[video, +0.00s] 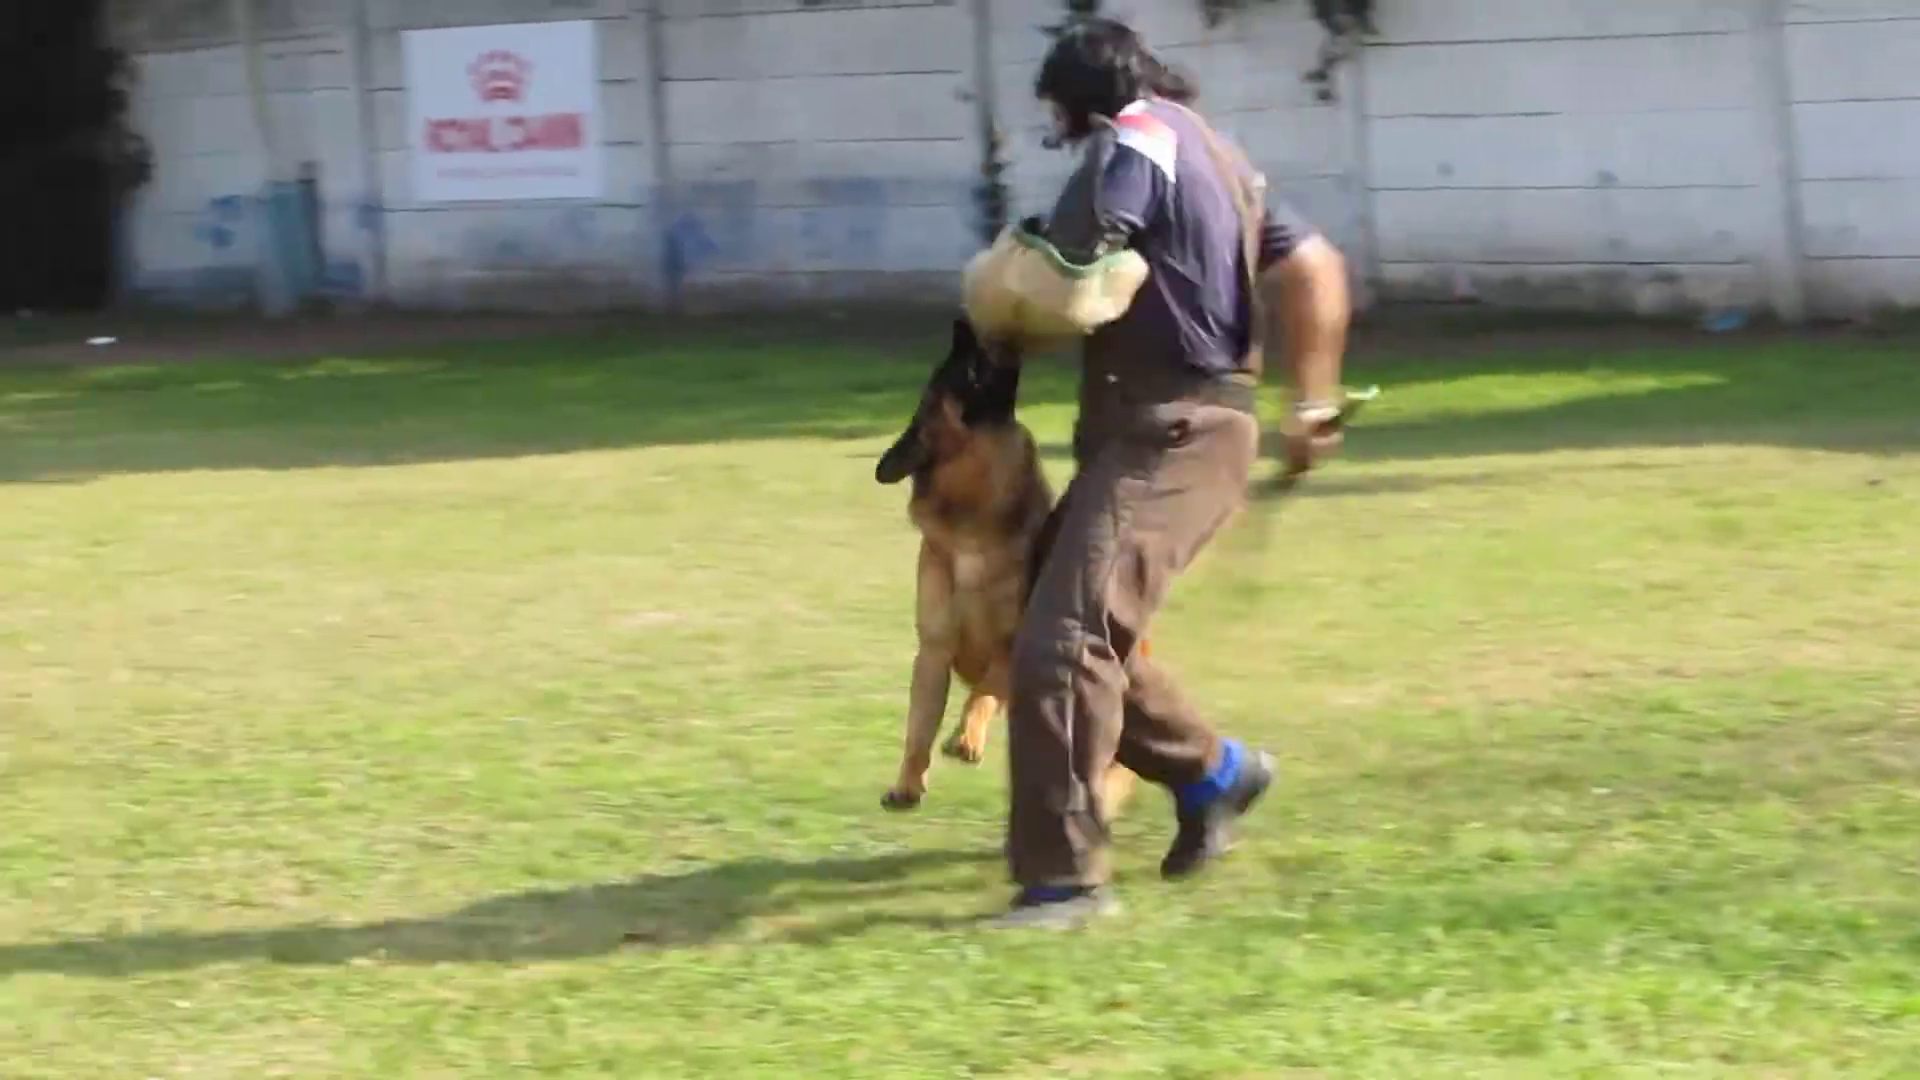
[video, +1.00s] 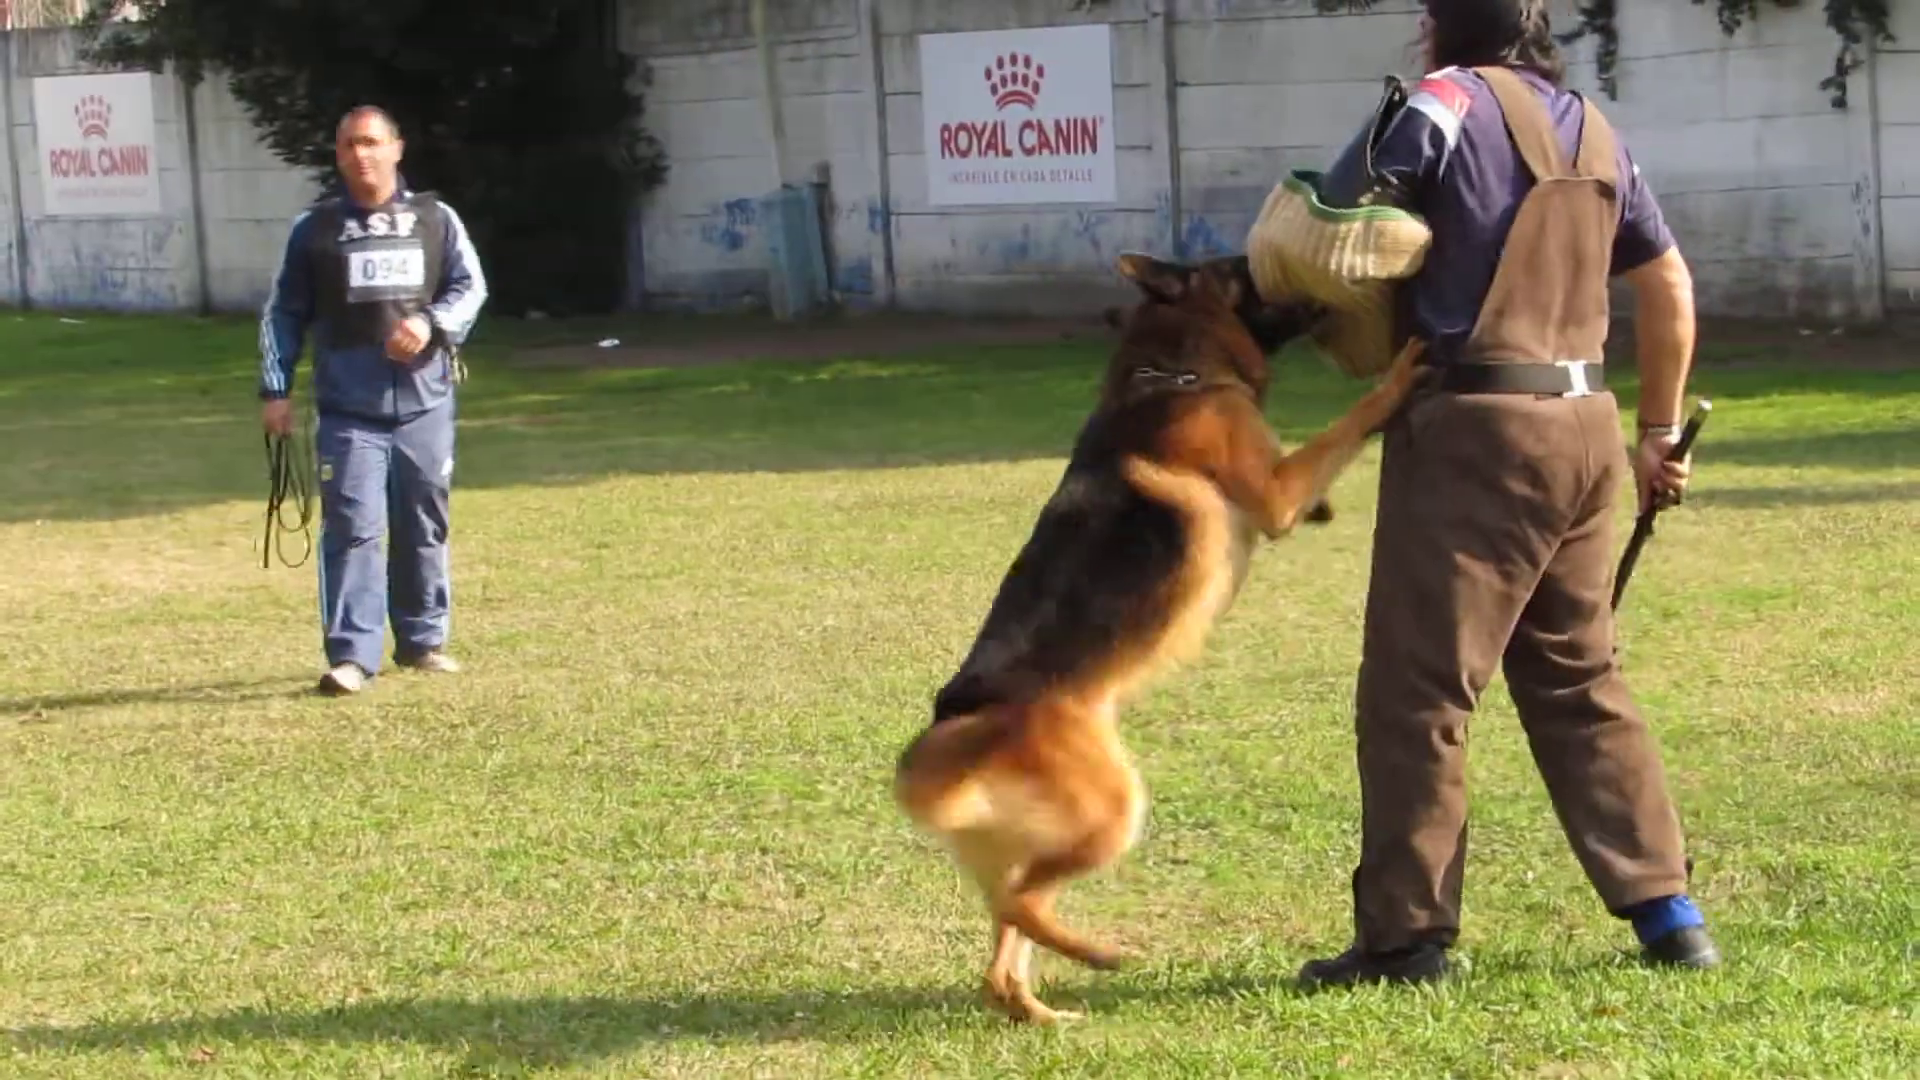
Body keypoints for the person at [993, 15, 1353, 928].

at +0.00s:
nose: (1067, 134)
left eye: (1068, 116)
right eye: (1062, 119)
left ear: (1096, 98)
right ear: (1142, 83)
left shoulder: (1134, 140)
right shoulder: (1210, 147)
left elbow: (1074, 287)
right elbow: (1309, 262)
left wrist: (996, 272)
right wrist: (1314, 399)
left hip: (1171, 435)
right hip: (1186, 430)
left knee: (1064, 641)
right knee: (1064, 620)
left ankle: (1064, 879)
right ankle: (1208, 769)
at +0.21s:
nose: (1199, 126)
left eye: (1197, 113)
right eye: (1193, 116)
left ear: (1222, 96)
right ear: (1296, 81)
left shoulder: (1246, 113)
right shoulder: (1384, 148)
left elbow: (1208, 250)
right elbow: (1510, 230)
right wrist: (1540, 366)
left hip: (1312, 410)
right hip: (1384, 429)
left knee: (1160, 617)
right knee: (1236, 646)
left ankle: (1249, 850)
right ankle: (1262, 869)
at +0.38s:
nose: (1302, 145)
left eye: (1303, 132)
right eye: (1303, 133)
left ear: (1322, 127)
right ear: (1400, 111)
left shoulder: (1314, 192)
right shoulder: (1498, 190)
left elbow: (1274, 357)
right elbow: (1587, 327)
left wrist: (1238, 420)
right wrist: (1586, 474)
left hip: (1388, 453)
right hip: (1497, 472)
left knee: (1304, 690)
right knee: (1370, 692)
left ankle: (1300, 931)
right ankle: (1399, 888)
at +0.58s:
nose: (1453, 94)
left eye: (1457, 79)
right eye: (1456, 82)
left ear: (1476, 75)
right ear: (1566, 73)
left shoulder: (1457, 133)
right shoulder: (1636, 161)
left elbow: (1380, 266)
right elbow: (1721, 305)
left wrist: (1357, 378)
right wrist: (1687, 432)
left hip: (1496, 431)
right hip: (1604, 440)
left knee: (1430, 681)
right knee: (1527, 675)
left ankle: (1437, 933)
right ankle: (1580, 885)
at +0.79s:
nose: (1479, 45)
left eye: (1483, 31)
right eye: (1483, 31)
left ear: (1502, 36)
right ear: (1585, 34)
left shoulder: (1504, 108)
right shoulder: (1656, 136)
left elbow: (1438, 255)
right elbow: (1738, 278)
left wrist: (1364, 300)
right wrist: (1755, 415)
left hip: (1540, 427)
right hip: (1645, 428)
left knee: (1479, 683)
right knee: (1606, 663)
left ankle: (1481, 937)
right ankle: (1746, 863)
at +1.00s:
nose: (1419, 38)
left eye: (1424, 25)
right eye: (1422, 28)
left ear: (1450, 26)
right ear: (1531, 32)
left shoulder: (1444, 99)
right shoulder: (1595, 131)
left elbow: (1364, 233)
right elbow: (1666, 285)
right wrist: (1662, 431)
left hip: (1474, 425)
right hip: (1585, 422)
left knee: (1418, 687)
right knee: (1577, 674)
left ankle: (1405, 941)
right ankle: (1666, 912)